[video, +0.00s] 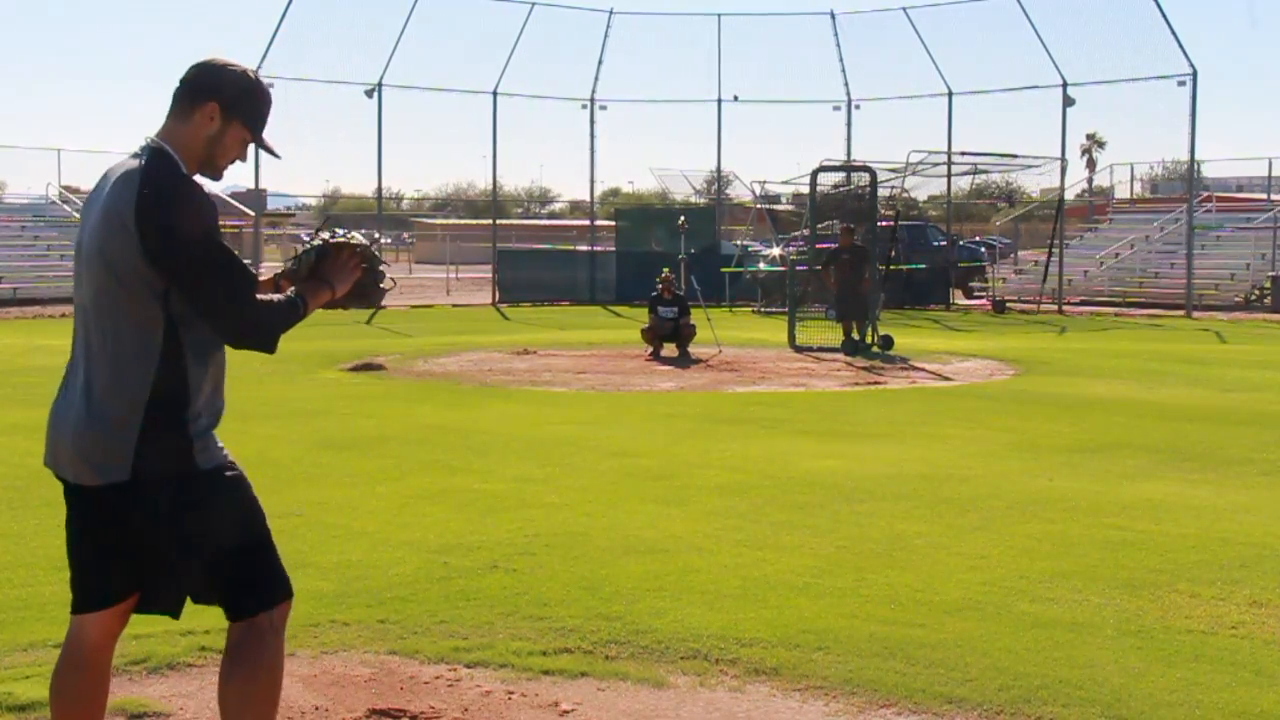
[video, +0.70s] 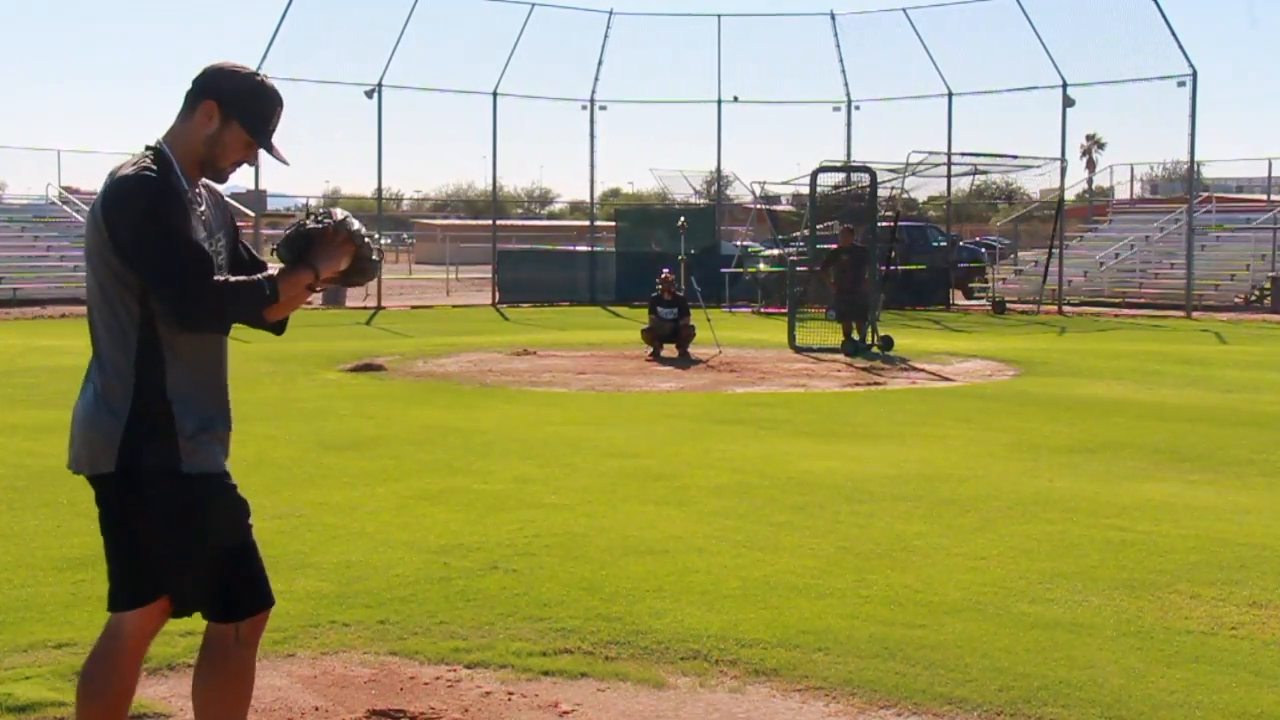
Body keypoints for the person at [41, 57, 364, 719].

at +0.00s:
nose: (243, 155)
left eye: (249, 144)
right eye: (244, 139)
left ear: (193, 116)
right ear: (210, 115)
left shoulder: (115, 184)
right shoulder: (169, 192)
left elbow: (180, 302)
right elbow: (242, 319)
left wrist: (275, 283)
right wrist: (313, 296)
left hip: (89, 445)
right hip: (167, 451)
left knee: (98, 613)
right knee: (263, 603)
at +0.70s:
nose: (250, 160)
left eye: (256, 149)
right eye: (249, 143)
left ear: (212, 123)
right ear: (210, 116)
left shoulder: (207, 204)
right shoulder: (143, 189)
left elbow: (256, 308)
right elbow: (194, 300)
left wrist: (311, 271)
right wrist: (306, 270)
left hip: (176, 446)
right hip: (147, 448)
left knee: (143, 606)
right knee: (242, 609)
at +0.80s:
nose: (258, 150)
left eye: (264, 139)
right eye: (256, 133)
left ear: (220, 117)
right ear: (215, 108)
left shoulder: (229, 200)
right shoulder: (141, 185)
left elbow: (279, 311)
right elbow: (189, 294)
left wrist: (317, 262)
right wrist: (288, 261)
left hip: (207, 445)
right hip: (156, 448)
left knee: (200, 610)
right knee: (227, 618)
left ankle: (138, 716)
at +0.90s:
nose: (265, 144)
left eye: (271, 131)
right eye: (262, 126)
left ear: (228, 113)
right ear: (216, 103)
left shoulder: (248, 199)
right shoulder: (135, 183)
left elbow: (299, 305)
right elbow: (171, 281)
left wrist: (318, 253)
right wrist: (282, 237)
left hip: (233, 437)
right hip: (160, 447)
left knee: (291, 581)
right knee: (219, 619)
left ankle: (185, 710)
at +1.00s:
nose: (267, 144)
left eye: (272, 131)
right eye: (263, 126)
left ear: (228, 112)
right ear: (219, 103)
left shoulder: (251, 189)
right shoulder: (131, 179)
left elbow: (316, 299)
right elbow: (141, 265)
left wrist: (312, 236)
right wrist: (257, 216)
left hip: (250, 427)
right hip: (167, 442)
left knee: (328, 567)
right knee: (209, 622)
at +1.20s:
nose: (273, 145)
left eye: (283, 134)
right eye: (264, 128)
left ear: (291, 136)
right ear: (228, 112)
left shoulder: (278, 193)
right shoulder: (144, 169)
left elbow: (349, 286)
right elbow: (105, 232)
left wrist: (303, 199)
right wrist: (221, 173)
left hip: (263, 399)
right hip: (176, 433)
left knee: (342, 497)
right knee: (208, 618)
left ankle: (425, 667)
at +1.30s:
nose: (268, 141)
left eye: (284, 134)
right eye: (261, 122)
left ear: (296, 141)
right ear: (230, 108)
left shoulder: (288, 194)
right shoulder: (160, 172)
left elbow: (365, 274)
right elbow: (110, 219)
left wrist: (309, 183)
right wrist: (221, 158)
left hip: (266, 384)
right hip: (183, 420)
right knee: (217, 610)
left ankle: (419, 581)